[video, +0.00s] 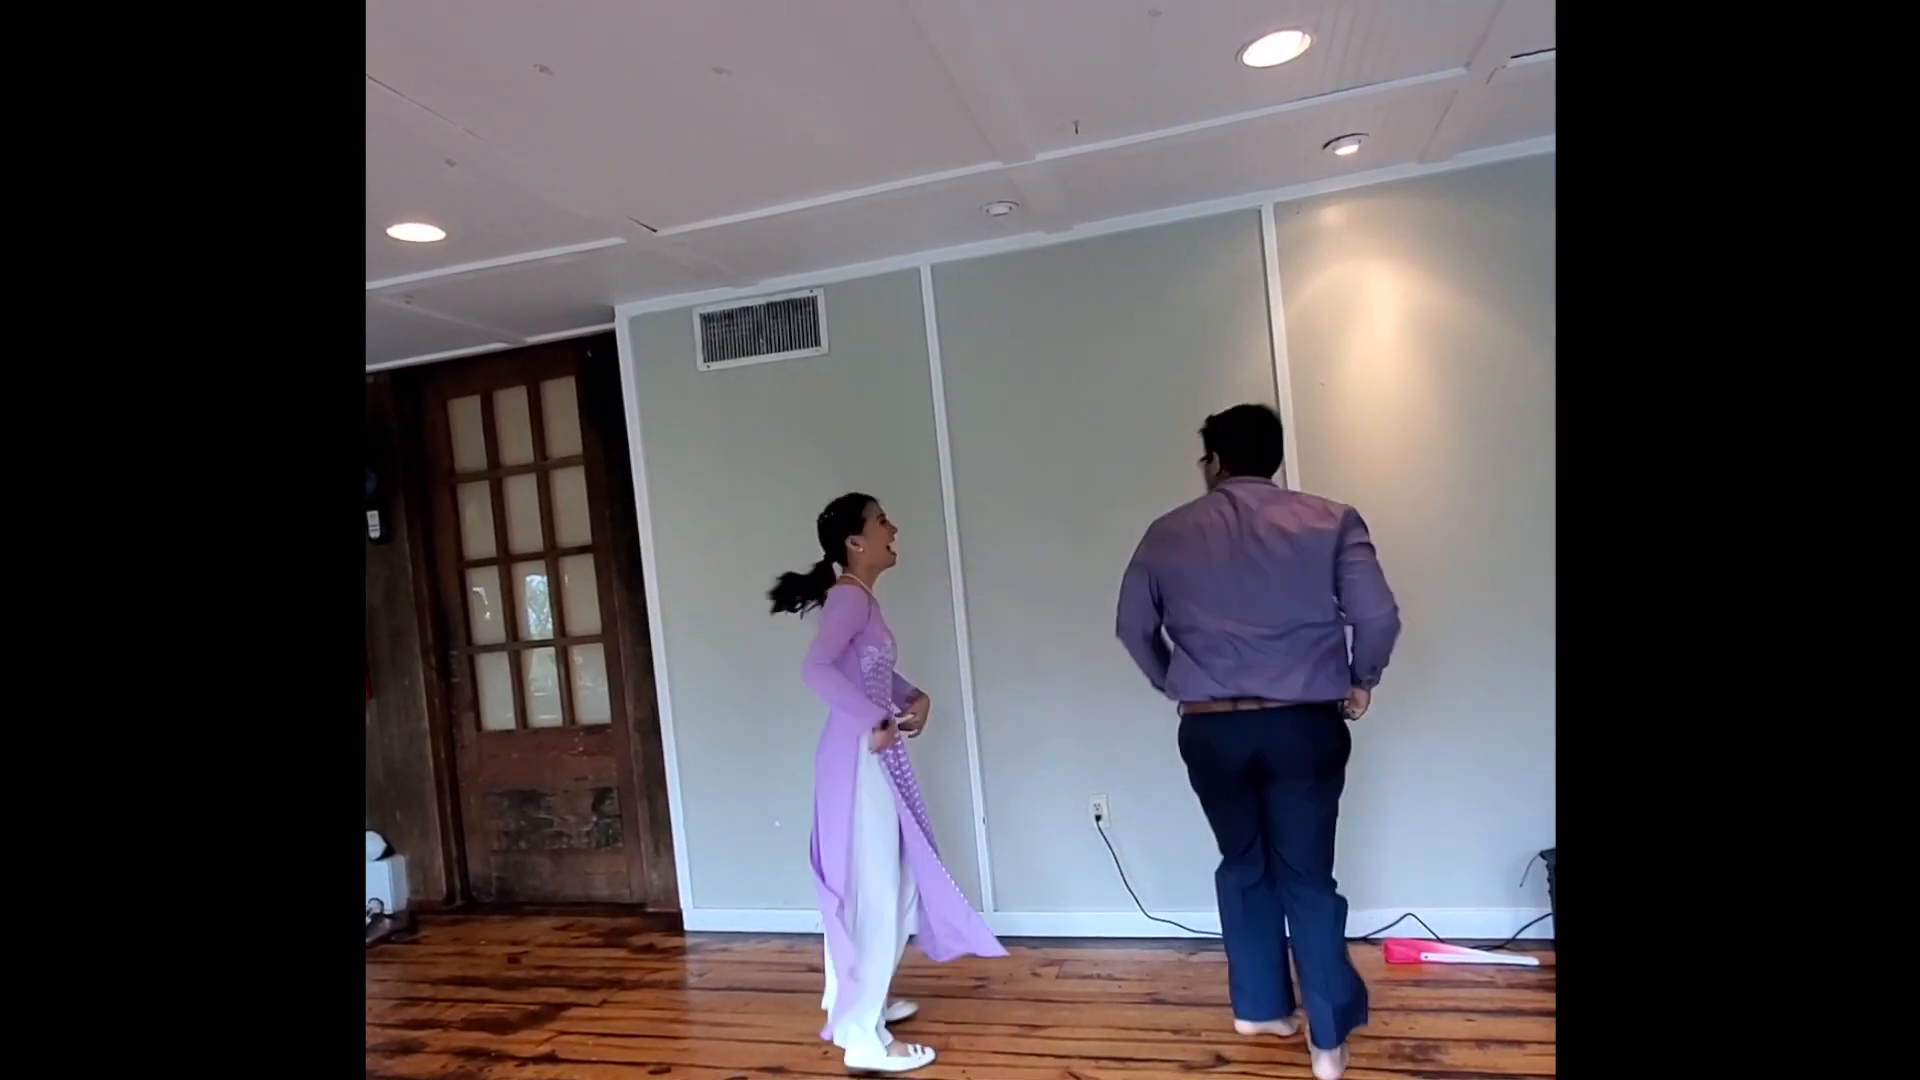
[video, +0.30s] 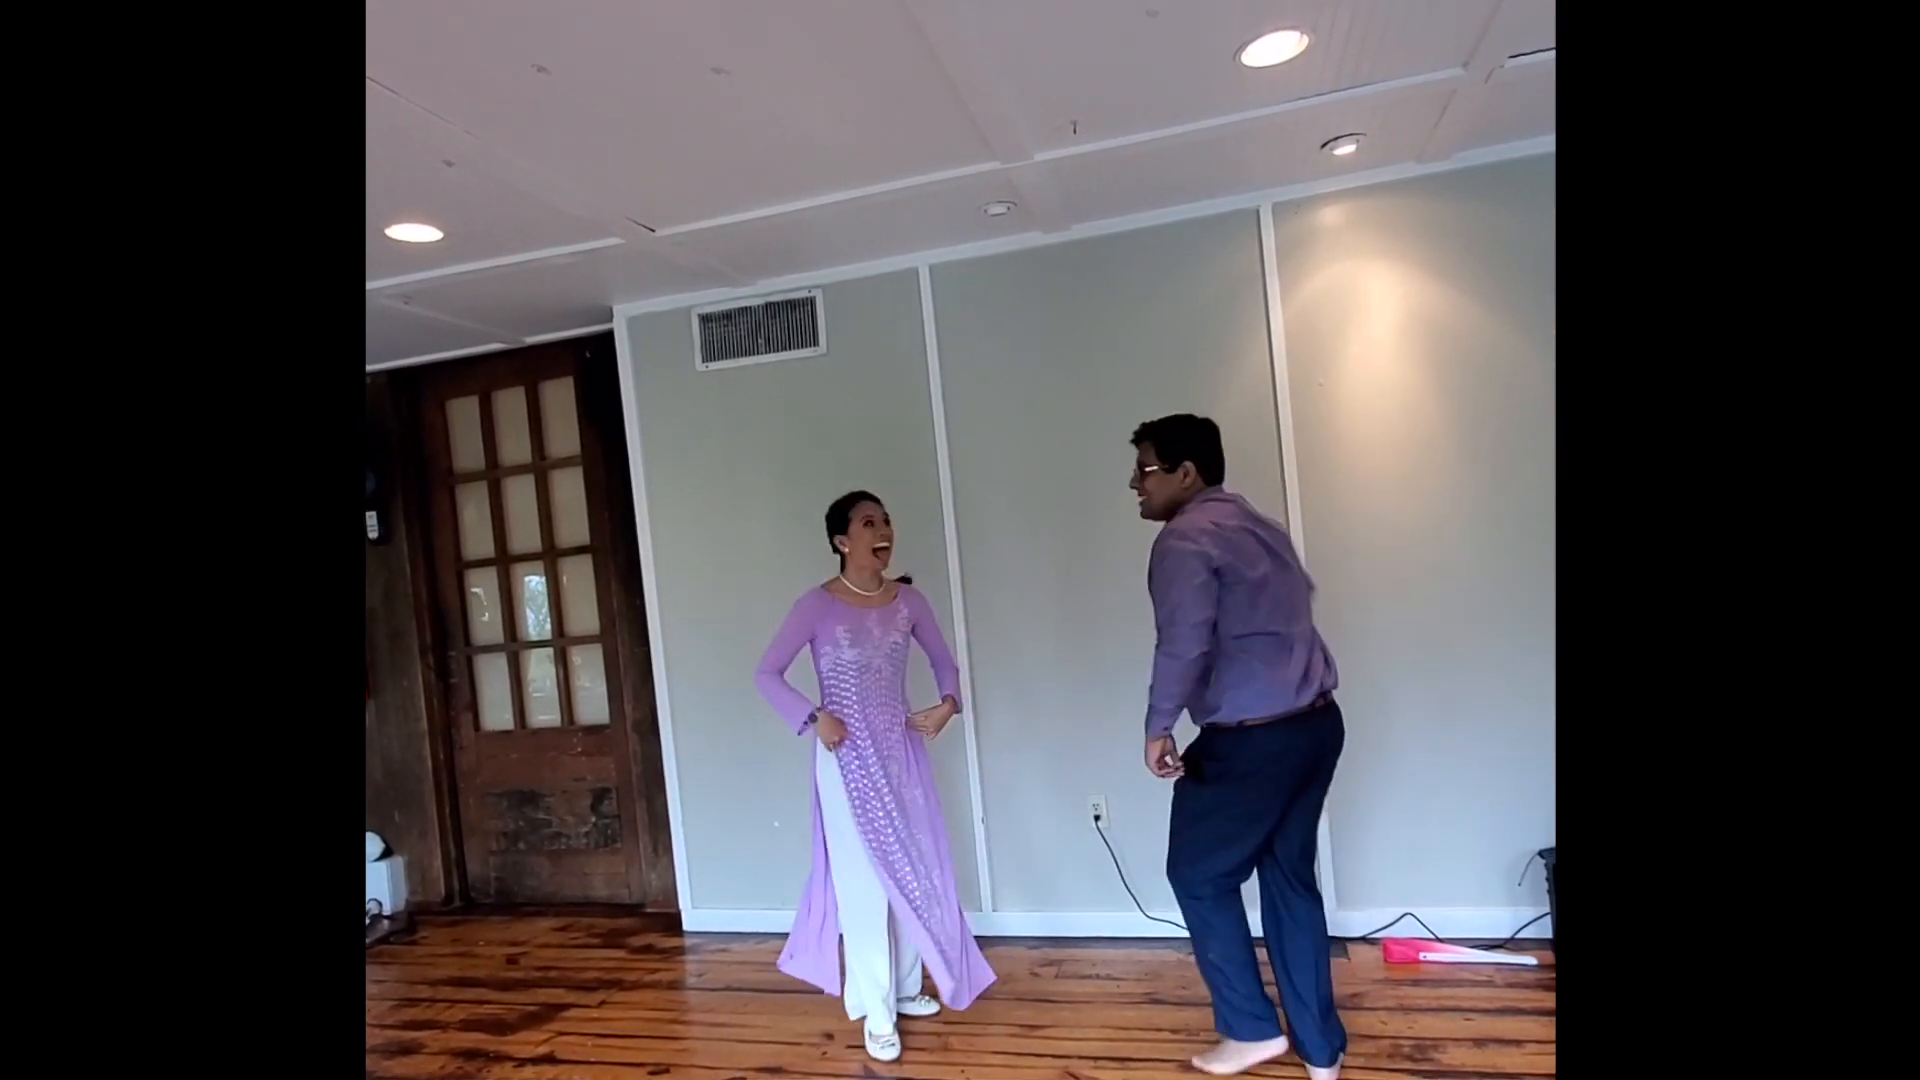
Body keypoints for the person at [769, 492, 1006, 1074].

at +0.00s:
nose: (894, 532)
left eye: (889, 524)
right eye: (883, 525)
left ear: (859, 542)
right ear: (855, 541)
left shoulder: (864, 600)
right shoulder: (850, 598)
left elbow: (875, 674)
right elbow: (818, 669)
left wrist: (918, 696)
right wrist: (874, 719)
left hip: (871, 756)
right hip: (859, 759)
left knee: (879, 884)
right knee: (874, 889)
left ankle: (861, 1002)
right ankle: (859, 1035)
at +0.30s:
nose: (882, 531)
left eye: (886, 521)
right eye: (868, 523)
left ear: (894, 534)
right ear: (841, 540)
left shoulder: (909, 600)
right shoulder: (816, 605)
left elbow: (944, 662)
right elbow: (767, 674)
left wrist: (948, 704)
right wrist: (813, 717)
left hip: (901, 752)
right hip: (846, 757)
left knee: (906, 872)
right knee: (866, 881)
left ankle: (905, 984)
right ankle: (876, 1011)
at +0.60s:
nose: (844, 553)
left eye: (853, 542)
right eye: (832, 546)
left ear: (870, 548)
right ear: (819, 558)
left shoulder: (902, 615)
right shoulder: (807, 623)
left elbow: (926, 687)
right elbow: (791, 695)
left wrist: (924, 695)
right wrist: (791, 741)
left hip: (888, 769)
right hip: (836, 773)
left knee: (891, 885)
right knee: (854, 888)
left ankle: (888, 1013)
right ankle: (873, 1011)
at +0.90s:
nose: (798, 537)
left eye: (809, 526)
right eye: (787, 528)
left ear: (829, 534)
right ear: (776, 538)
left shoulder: (848, 574)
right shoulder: (763, 595)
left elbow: (921, 558)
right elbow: (740, 659)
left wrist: (942, 501)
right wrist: (752, 706)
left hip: (860, 737)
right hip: (802, 746)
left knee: (901, 854)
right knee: (800, 865)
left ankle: (902, 961)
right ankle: (804, 996)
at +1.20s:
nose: (775, 556)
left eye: (787, 549)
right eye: (767, 551)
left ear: (811, 569)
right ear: (760, 571)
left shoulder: (830, 620)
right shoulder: (745, 637)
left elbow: (881, 567)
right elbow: (722, 699)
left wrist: (891, 489)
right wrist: (725, 740)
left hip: (832, 763)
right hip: (773, 772)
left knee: (899, 845)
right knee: (784, 889)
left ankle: (888, 897)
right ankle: (805, 996)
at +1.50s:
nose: (778, 552)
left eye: (791, 545)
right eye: (771, 546)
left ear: (813, 563)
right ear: (761, 565)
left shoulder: (830, 613)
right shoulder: (751, 635)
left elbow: (875, 551)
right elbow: (730, 708)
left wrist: (901, 483)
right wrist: (732, 735)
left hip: (836, 763)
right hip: (779, 772)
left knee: (887, 881)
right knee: (790, 889)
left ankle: (947, 1003)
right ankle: (810, 1007)